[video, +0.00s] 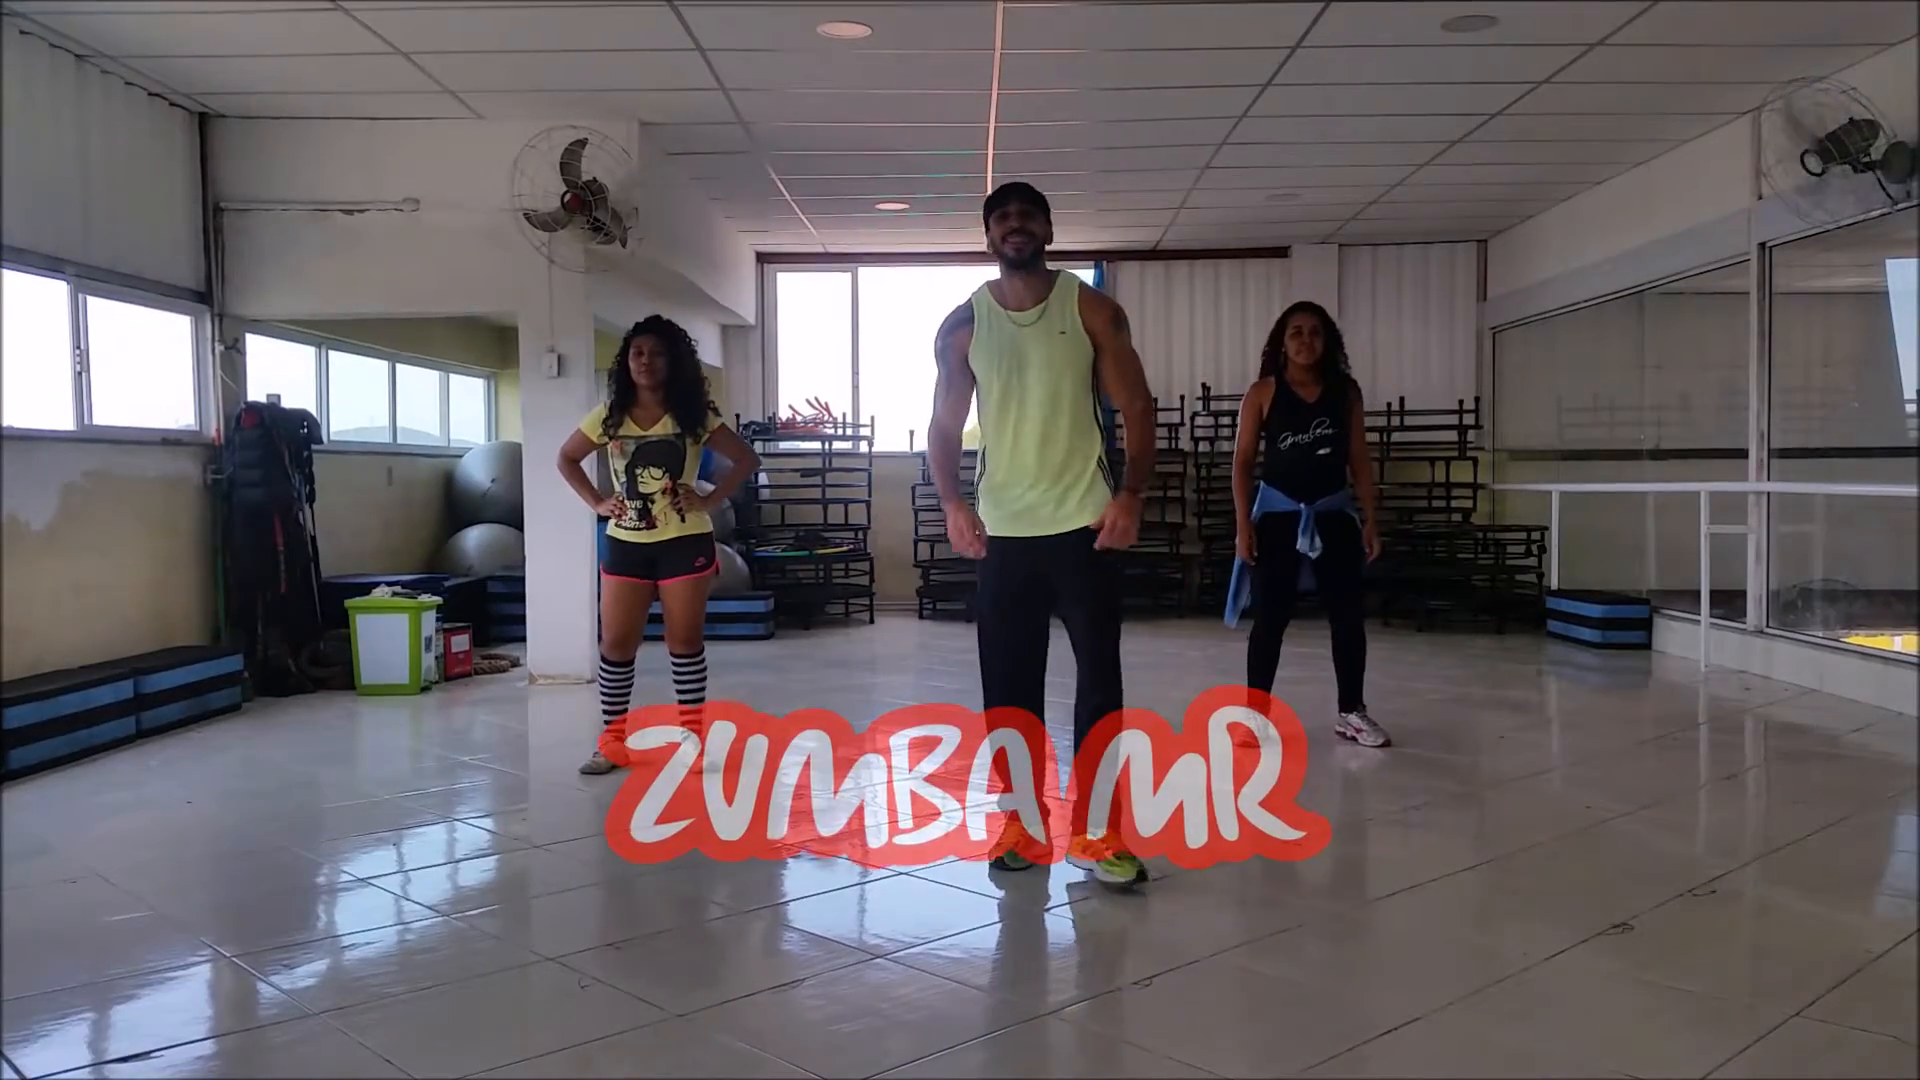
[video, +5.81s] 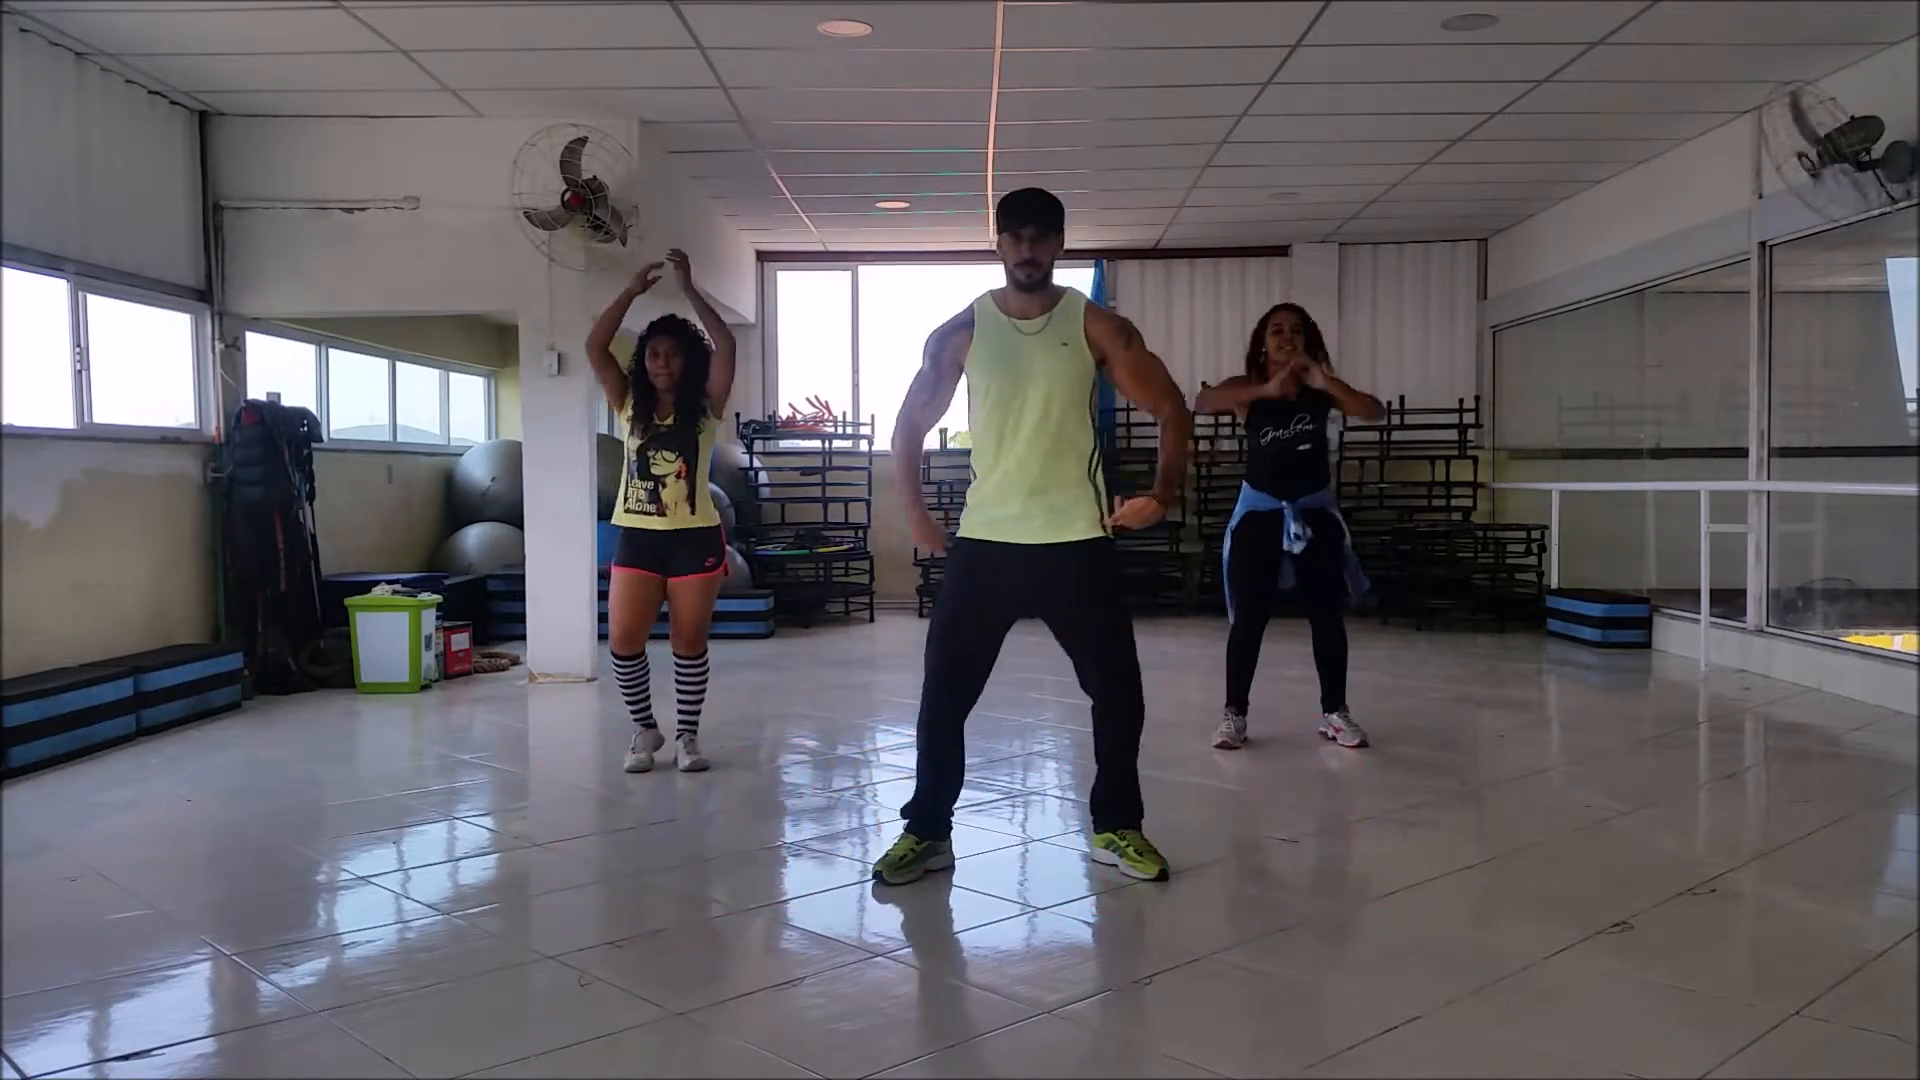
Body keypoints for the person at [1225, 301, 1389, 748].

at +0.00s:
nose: (1306, 340)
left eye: (1314, 333)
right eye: (1296, 333)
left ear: (1326, 341)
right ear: (1282, 341)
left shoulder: (1345, 392)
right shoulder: (1262, 393)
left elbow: (1359, 457)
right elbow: (1243, 463)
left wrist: (1370, 517)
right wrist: (1243, 525)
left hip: (1334, 517)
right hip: (1278, 517)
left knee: (1347, 614)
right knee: (1270, 618)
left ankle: (1351, 713)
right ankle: (1257, 715)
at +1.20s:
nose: (1285, 340)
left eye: (1294, 334)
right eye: (1276, 333)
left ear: (1306, 343)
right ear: (1260, 343)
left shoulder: (1323, 395)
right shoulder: (1242, 393)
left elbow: (1334, 452)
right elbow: (1223, 460)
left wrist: (1325, 462)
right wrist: (1268, 466)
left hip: (1310, 516)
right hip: (1255, 517)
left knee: (1339, 604)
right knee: (1256, 614)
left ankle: (1338, 701)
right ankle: (1254, 710)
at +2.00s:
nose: (1287, 343)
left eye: (1296, 336)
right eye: (1277, 336)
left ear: (1310, 343)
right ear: (1263, 344)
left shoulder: (1328, 389)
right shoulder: (1246, 392)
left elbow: (1345, 438)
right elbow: (1226, 443)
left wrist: (1308, 390)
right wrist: (1273, 404)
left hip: (1310, 518)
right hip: (1253, 518)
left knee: (1320, 616)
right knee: (1248, 616)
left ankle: (1319, 711)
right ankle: (1239, 712)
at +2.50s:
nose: (1292, 345)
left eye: (1301, 338)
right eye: (1285, 336)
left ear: (1313, 343)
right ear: (1271, 341)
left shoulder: (1327, 382)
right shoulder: (1254, 385)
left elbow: (1370, 379)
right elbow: (1232, 387)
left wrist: (1337, 327)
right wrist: (1268, 348)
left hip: (1323, 515)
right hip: (1269, 516)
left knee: (1325, 614)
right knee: (1260, 615)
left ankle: (1328, 711)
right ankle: (1239, 710)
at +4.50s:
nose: (1304, 339)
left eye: (1313, 332)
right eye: (1295, 333)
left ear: (1326, 341)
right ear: (1280, 342)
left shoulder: (1337, 388)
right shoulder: (1264, 386)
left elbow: (1373, 357)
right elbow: (1233, 363)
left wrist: (1349, 306)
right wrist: (1263, 314)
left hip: (1326, 516)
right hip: (1270, 515)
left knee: (1327, 614)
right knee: (1254, 605)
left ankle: (1332, 712)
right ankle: (1243, 698)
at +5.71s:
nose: (1293, 340)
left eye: (1301, 332)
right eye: (1285, 333)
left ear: (1316, 340)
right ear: (1274, 339)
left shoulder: (1334, 384)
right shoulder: (1259, 383)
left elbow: (1368, 381)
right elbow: (1222, 376)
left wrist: (1322, 350)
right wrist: (1282, 361)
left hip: (1322, 513)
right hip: (1266, 513)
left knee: (1326, 615)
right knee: (1255, 615)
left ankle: (1333, 716)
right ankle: (1235, 717)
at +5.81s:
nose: (1286, 338)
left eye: (1295, 331)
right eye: (1277, 332)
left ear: (1309, 342)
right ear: (1262, 343)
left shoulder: (1326, 390)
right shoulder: (1248, 387)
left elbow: (1375, 413)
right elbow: (1201, 402)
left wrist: (1327, 383)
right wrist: (1265, 390)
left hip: (1315, 515)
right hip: (1258, 515)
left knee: (1327, 614)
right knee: (1249, 615)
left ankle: (1335, 713)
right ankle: (1234, 715)